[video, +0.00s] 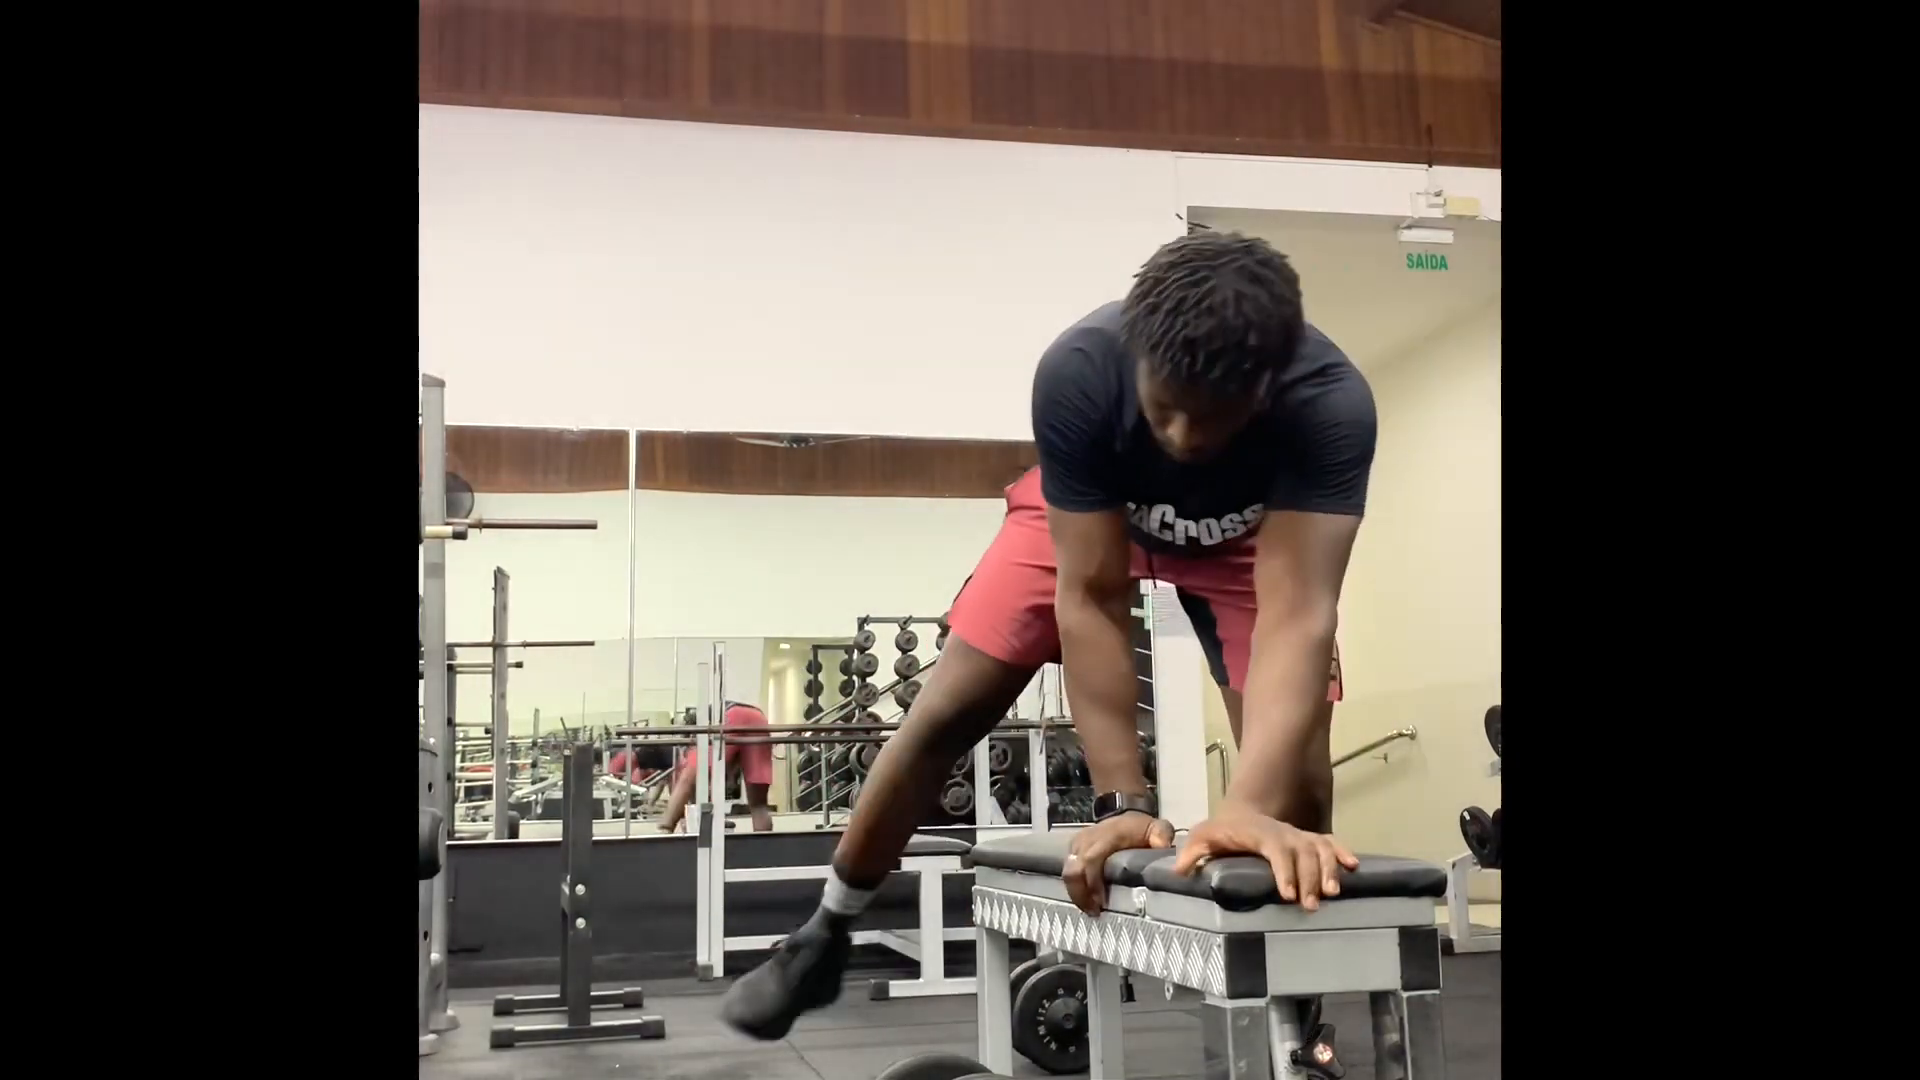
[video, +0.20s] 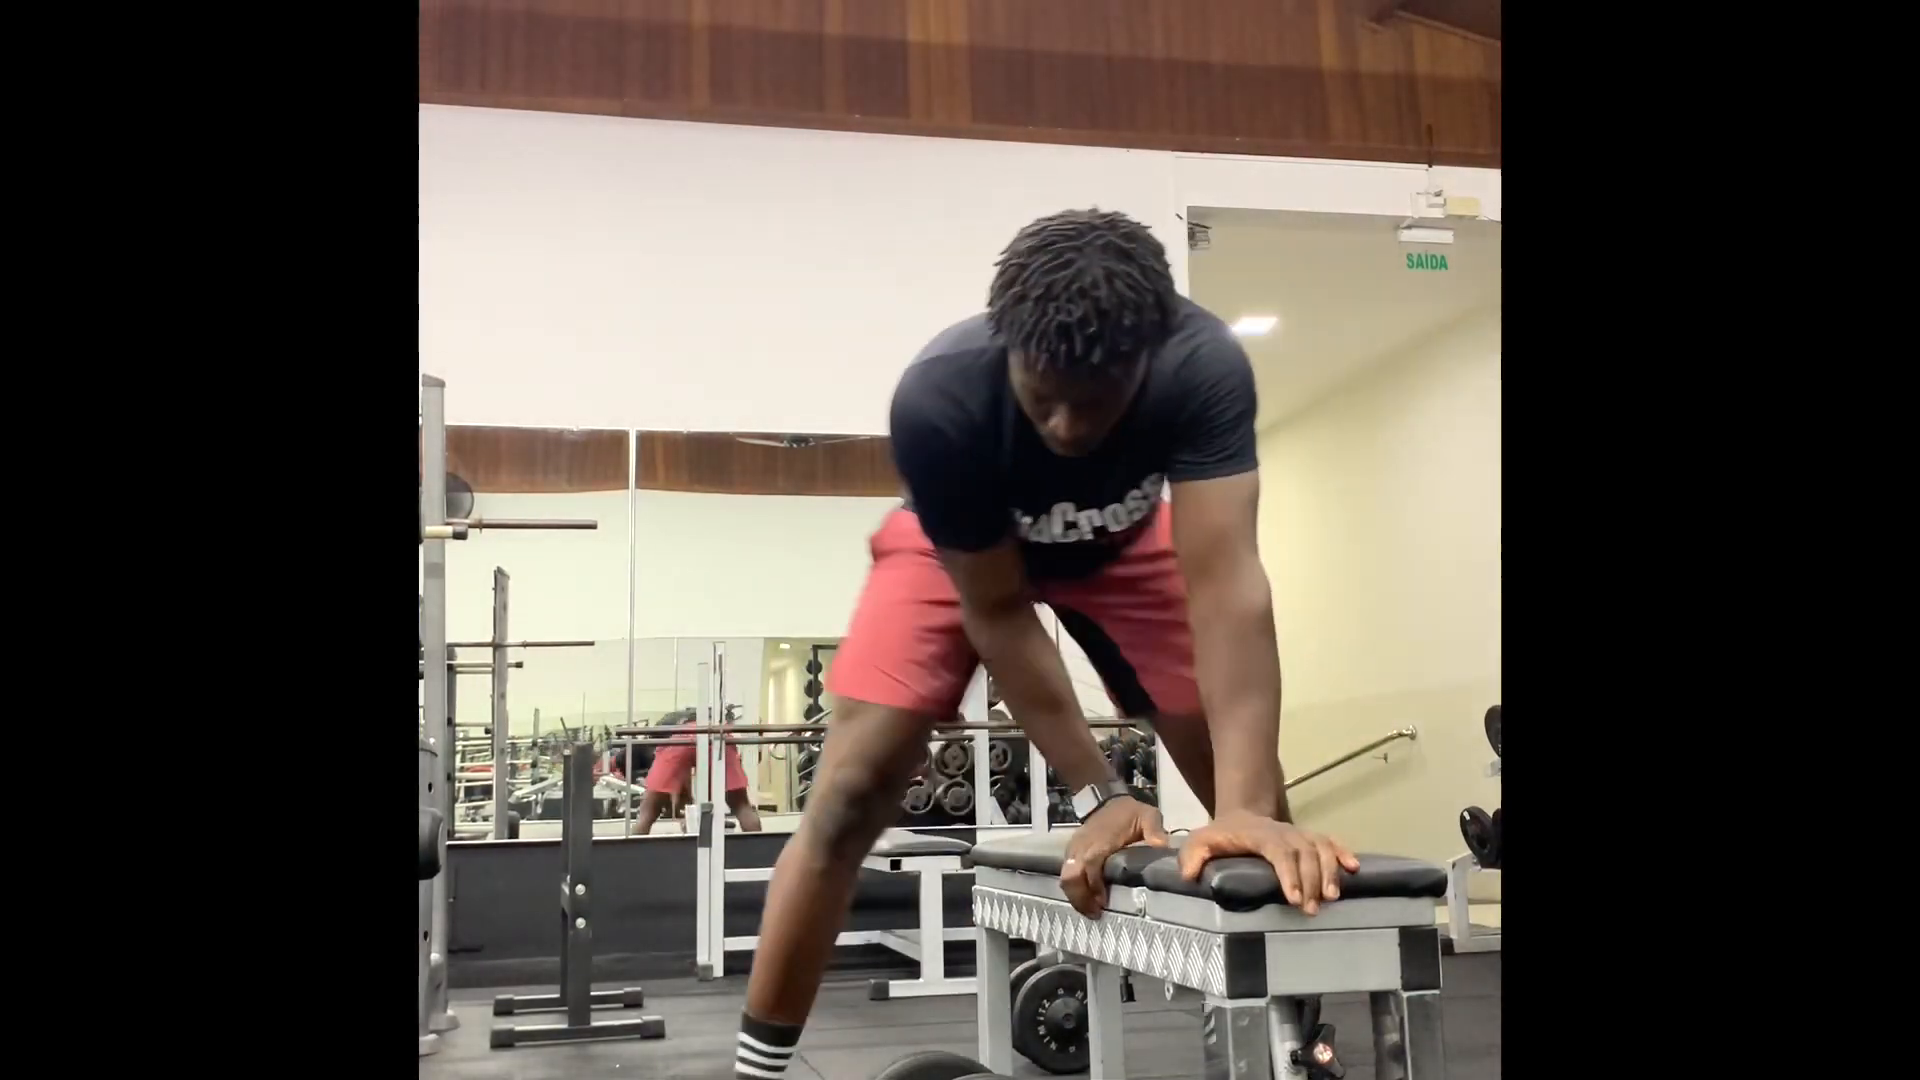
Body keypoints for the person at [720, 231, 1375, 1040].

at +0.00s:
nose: (1183, 438)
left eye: (1211, 421)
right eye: (1165, 413)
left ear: (1267, 381)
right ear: (1140, 359)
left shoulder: (1329, 404)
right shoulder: (1080, 378)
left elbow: (1297, 617)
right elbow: (1090, 596)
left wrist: (1250, 802)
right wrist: (1122, 803)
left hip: (1244, 539)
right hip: (1091, 513)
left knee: (1301, 781)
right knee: (943, 713)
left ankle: (1299, 1019)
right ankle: (822, 938)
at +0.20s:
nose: (1066, 427)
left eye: (1096, 402)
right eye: (1043, 397)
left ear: (1143, 364)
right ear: (1010, 350)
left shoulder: (1204, 368)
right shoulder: (942, 406)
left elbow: (1226, 577)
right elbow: (998, 610)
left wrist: (1250, 807)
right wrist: (1095, 792)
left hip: (1126, 538)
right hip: (959, 542)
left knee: (1245, 776)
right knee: (849, 794)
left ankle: (1299, 1039)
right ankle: (758, 1068)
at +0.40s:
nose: (955, 480)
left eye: (982, 457)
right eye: (927, 457)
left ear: (1030, 398)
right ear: (890, 411)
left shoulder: (1089, 365)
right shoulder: (834, 487)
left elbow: (1178, 575)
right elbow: (882, 722)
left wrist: (1244, 806)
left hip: (1039, 510)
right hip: (874, 552)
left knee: (1119, 786)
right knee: (791, 797)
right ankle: (745, 1072)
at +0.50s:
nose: (952, 496)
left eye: (980, 470)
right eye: (924, 473)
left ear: (1028, 407)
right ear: (887, 429)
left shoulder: (1086, 369)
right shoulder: (848, 524)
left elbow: (1187, 577)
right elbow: (887, 762)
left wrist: (1244, 806)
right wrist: (924, 1019)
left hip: (1045, 527)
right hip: (876, 561)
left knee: (1103, 810)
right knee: (781, 797)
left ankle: (1041, 795)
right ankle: (742, 1066)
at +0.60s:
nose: (967, 532)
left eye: (992, 504)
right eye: (941, 509)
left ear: (1040, 442)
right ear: (902, 472)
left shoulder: (1085, 373)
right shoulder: (875, 564)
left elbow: (1206, 575)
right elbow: (913, 813)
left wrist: (1252, 806)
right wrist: (935, 1061)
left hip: (1065, 549)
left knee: (1120, 814)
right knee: (794, 803)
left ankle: (1030, 799)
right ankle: (714, 1062)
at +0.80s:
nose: (990, 568)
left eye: (1016, 545)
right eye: (963, 546)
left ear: (1061, 494)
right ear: (927, 503)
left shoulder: (1086, 401)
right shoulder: (874, 581)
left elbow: (1213, 585)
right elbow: (903, 846)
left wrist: (1254, 804)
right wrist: (920, 1065)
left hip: (1054, 552)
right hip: (867, 541)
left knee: (1120, 819)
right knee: (756, 807)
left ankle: (1024, 814)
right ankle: (696, 1067)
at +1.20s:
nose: (1012, 414)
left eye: (1047, 398)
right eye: (1001, 378)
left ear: (1109, 364)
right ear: (982, 316)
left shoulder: (1151, 363)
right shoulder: (884, 395)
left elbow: (1199, 568)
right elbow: (848, 644)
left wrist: (1251, 804)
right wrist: (901, 880)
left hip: (1030, 552)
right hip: (856, 540)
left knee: (1113, 817)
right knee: (758, 799)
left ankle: (1005, 807)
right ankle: (699, 1067)